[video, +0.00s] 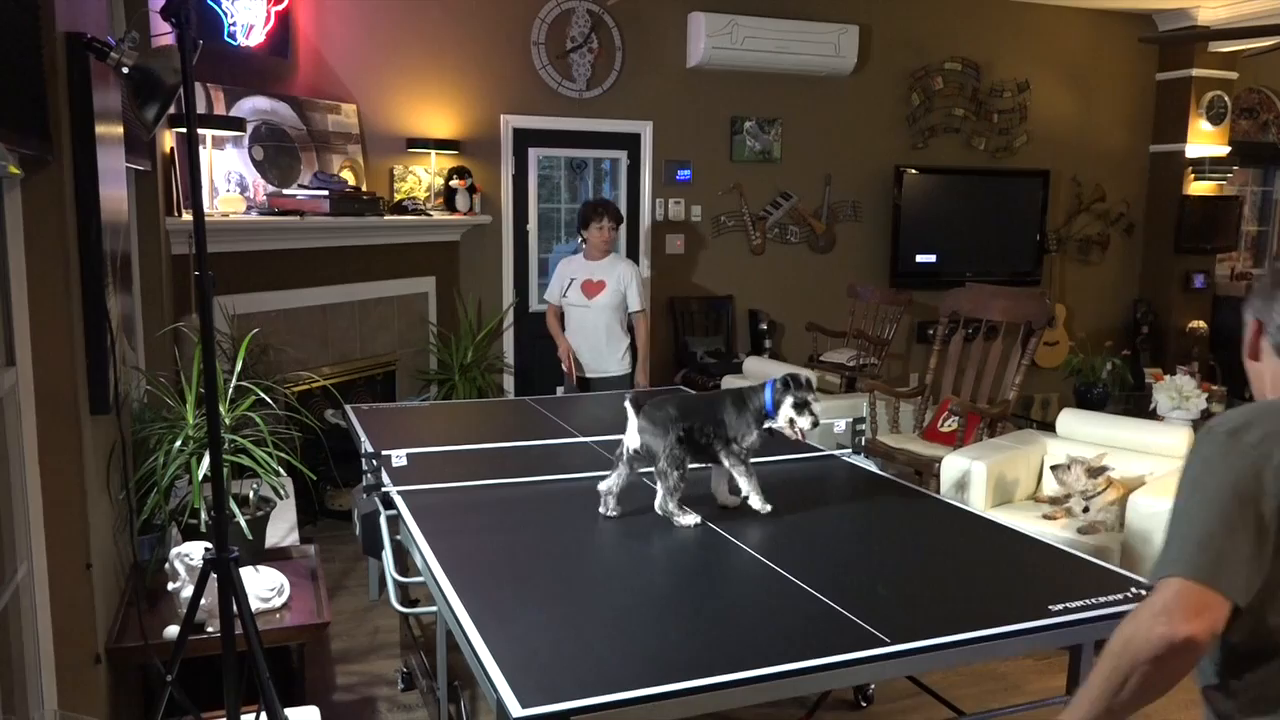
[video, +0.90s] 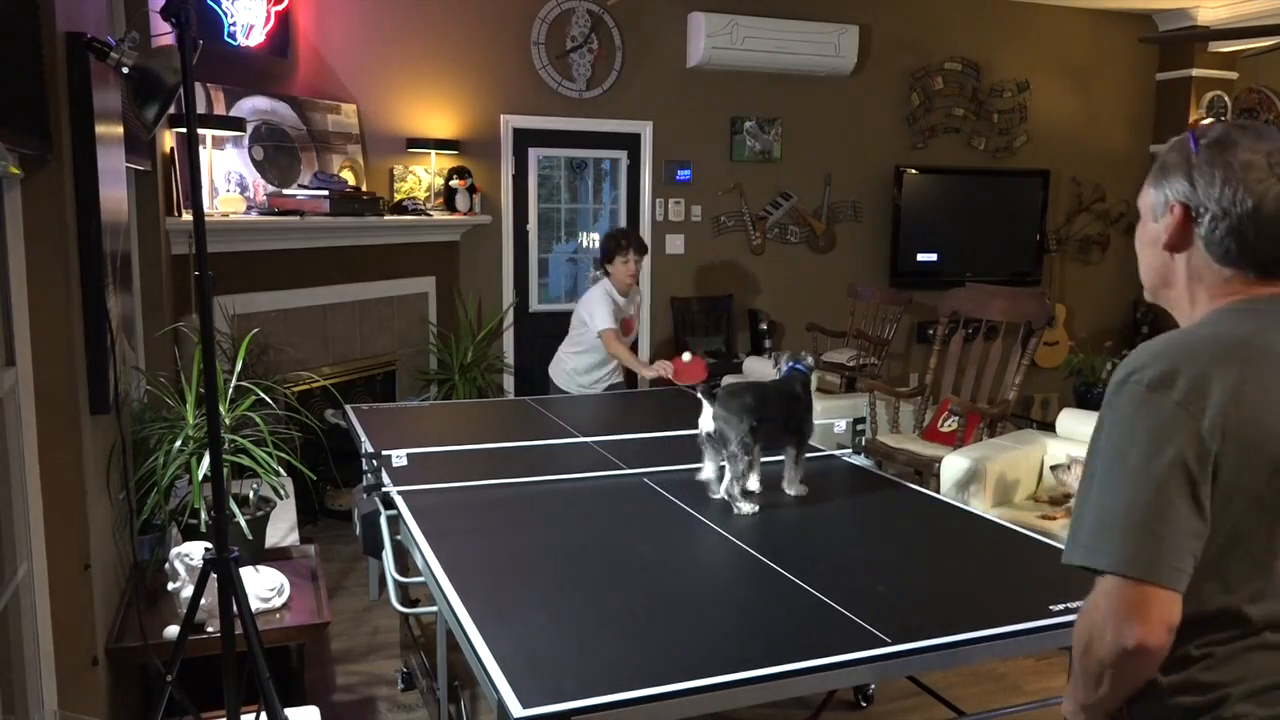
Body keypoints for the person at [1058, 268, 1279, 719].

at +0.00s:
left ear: (1256, 336)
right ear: (1261, 335)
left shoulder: (1251, 438)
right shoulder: (1246, 438)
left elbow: (1183, 624)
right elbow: (1181, 623)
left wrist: (1080, 712)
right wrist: (1086, 708)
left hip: (1257, 705)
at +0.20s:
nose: (1269, 350)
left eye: (1274, 332)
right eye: (1274, 333)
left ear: (1279, 341)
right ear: (1272, 342)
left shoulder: (1268, 427)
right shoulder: (1264, 427)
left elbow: (1260, 602)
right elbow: (1260, 599)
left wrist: (1165, 709)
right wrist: (1167, 708)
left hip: (1272, 705)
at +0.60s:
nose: (1213, 288)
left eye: (1219, 269)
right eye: (1215, 270)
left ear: (1256, 276)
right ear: (1261, 276)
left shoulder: (1244, 409)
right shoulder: (1246, 409)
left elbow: (1209, 633)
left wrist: (1152, 711)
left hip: (1252, 706)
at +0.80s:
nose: (1154, 246)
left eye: (1161, 226)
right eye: (1156, 227)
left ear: (1198, 234)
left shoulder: (1186, 378)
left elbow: (1133, 625)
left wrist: (1098, 704)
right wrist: (1106, 699)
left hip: (1221, 702)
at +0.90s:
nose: (1136, 238)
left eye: (1141, 217)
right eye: (1136, 218)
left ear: (1179, 224)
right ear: (1265, 226)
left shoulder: (1177, 375)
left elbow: (1133, 629)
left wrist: (1086, 703)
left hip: (1210, 701)